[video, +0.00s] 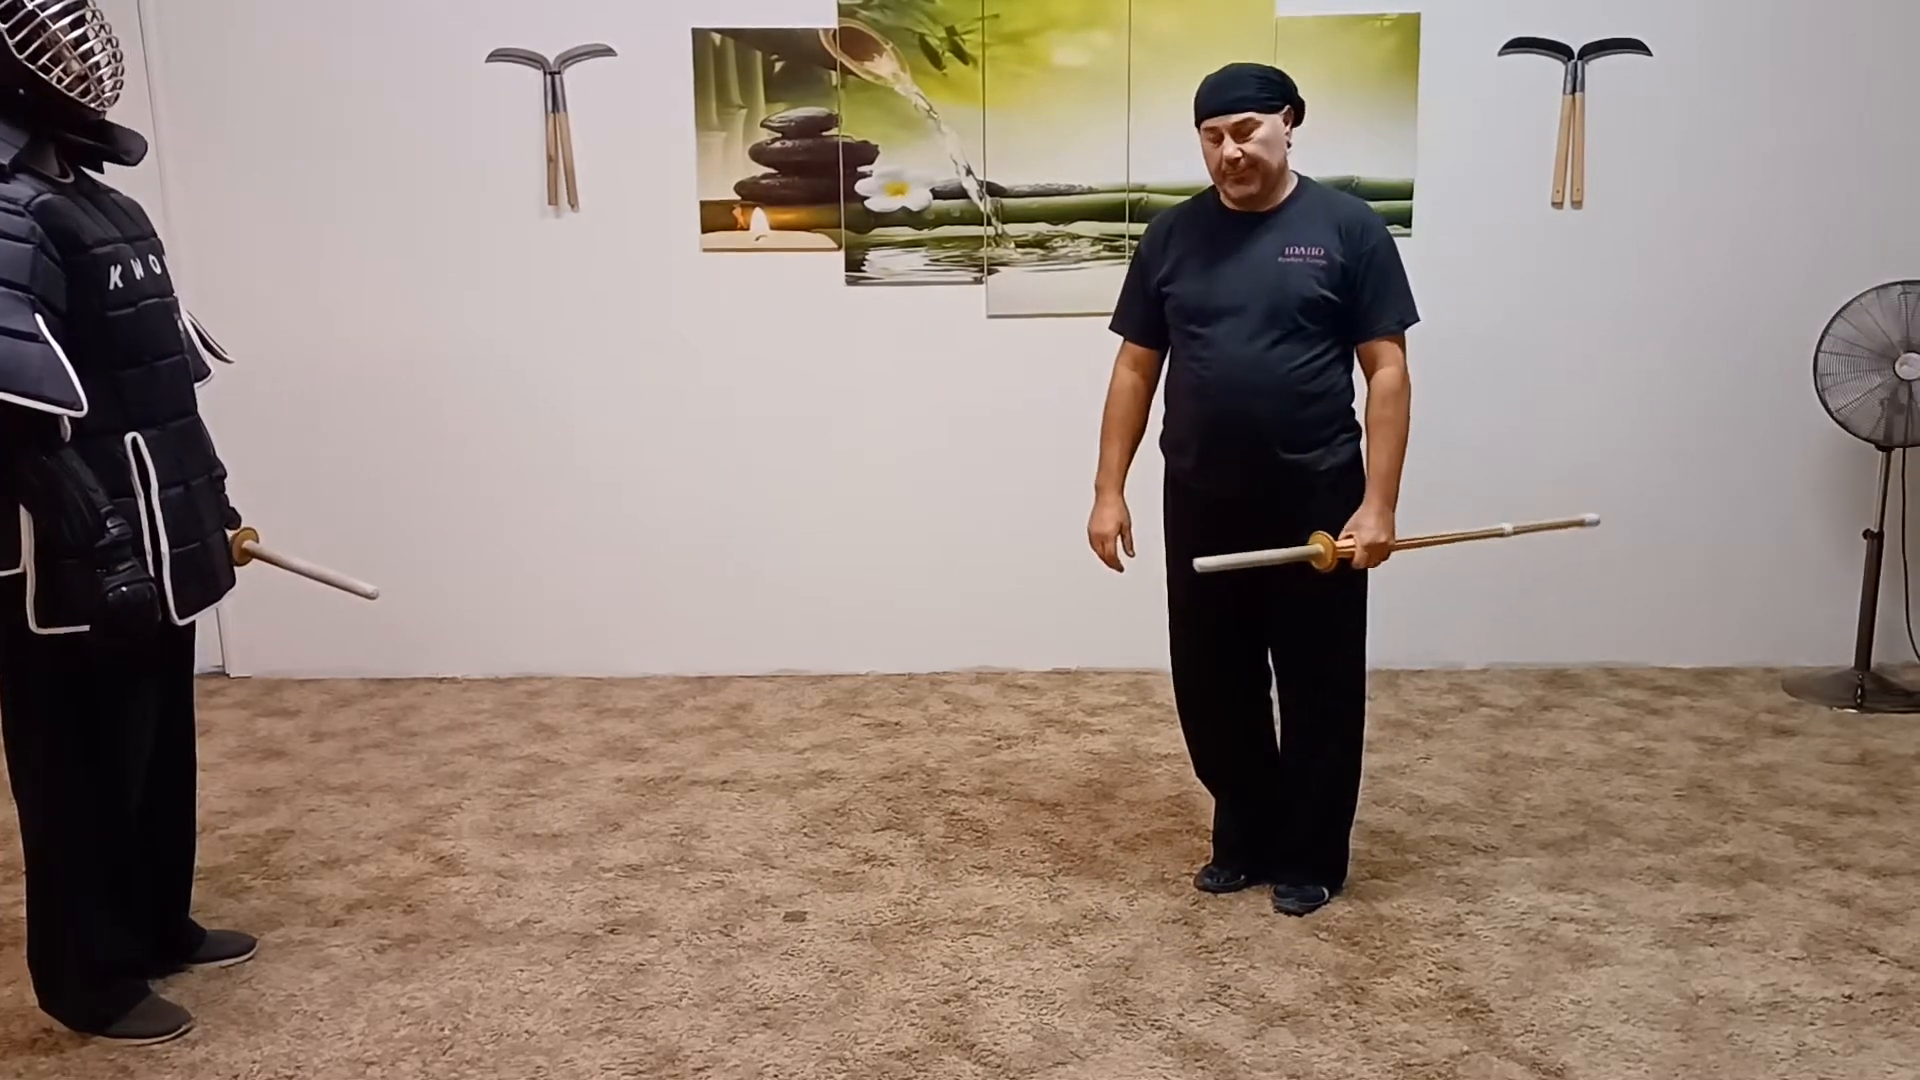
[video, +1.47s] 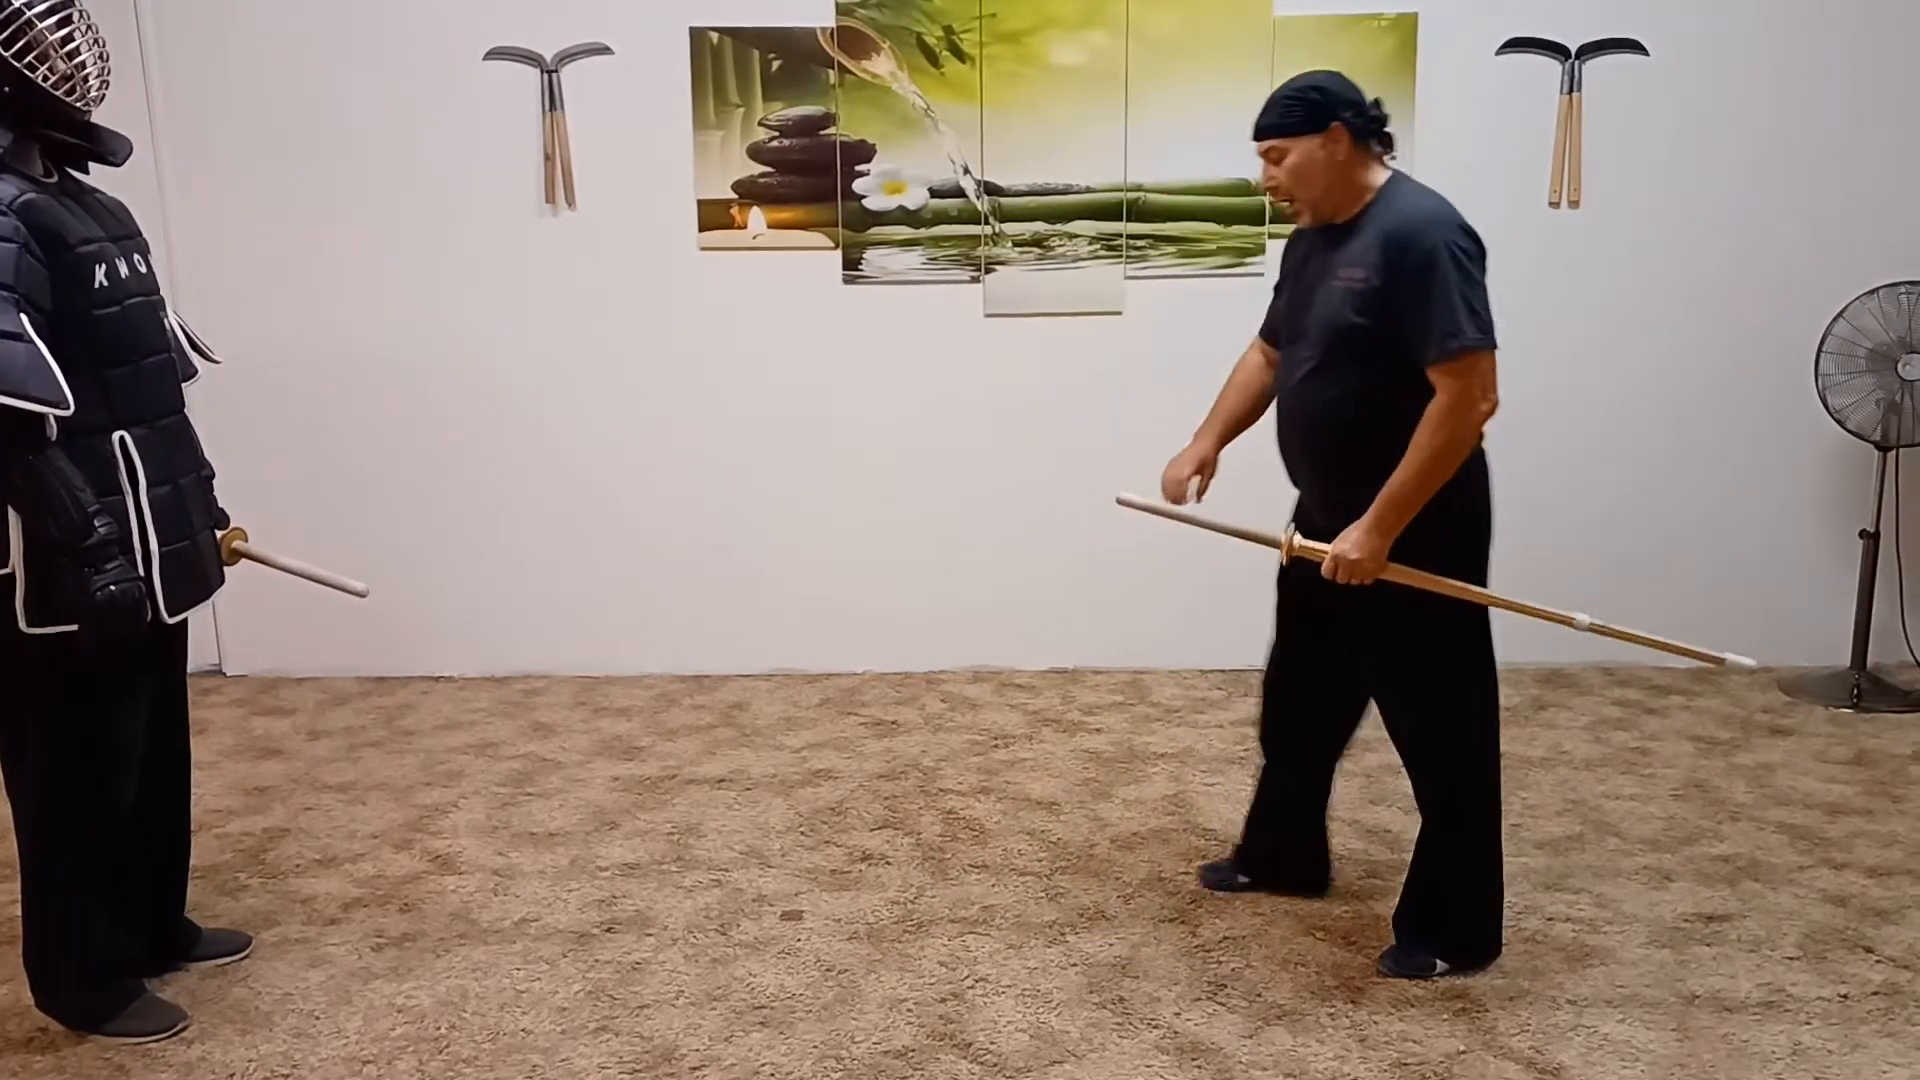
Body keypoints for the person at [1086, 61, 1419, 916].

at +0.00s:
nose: (1232, 152)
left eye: (1249, 132)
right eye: (1215, 137)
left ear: (1289, 126)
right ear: (1199, 145)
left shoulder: (1348, 229)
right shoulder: (1171, 237)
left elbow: (1387, 371)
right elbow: (1135, 367)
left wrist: (1379, 501)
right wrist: (1108, 488)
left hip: (1315, 499)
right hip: (1203, 501)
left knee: (1321, 687)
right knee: (1211, 684)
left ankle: (1314, 858)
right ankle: (1244, 842)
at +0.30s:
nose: (1197, 167)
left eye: (1212, 145)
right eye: (1181, 153)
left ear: (1262, 130)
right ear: (1170, 155)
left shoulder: (1334, 224)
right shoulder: (1163, 241)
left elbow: (1382, 363)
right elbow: (1131, 370)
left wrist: (1376, 495)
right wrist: (1097, 490)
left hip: (1315, 500)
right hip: (1203, 503)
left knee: (1321, 689)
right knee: (1211, 684)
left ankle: (1313, 859)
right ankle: (1243, 844)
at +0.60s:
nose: (1166, 183)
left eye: (1178, 162)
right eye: (1154, 170)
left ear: (1233, 140)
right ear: (1149, 170)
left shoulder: (1319, 219)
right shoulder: (1156, 246)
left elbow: (1379, 356)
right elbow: (1134, 370)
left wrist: (1356, 490)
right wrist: (1099, 488)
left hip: (1318, 499)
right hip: (1208, 500)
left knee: (1323, 686)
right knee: (1214, 681)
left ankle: (1317, 859)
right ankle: (1244, 842)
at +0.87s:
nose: (1160, 178)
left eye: (1173, 158)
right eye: (1150, 165)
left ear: (1226, 141)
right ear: (1148, 169)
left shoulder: (1321, 216)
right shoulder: (1171, 247)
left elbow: (1380, 354)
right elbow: (1152, 370)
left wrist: (1350, 490)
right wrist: (1114, 485)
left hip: (1332, 493)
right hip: (1222, 497)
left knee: (1356, 685)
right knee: (1221, 677)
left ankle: (1369, 877)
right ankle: (1253, 845)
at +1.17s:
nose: (1192, 176)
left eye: (1202, 153)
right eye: (1185, 161)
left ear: (1258, 137)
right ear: (1227, 153)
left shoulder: (1349, 220)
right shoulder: (1227, 243)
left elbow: (1411, 368)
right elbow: (1206, 367)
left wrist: (1358, 503)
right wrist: (1149, 484)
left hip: (1355, 509)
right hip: (1255, 509)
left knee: (1407, 710)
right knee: (1240, 685)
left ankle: (1443, 918)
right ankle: (1257, 842)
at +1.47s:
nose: (1267, 177)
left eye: (1279, 155)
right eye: (1263, 160)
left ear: (1339, 143)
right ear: (1315, 152)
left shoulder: (1424, 234)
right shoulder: (1312, 236)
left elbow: (1468, 397)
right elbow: (1273, 351)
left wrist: (1379, 525)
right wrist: (1208, 439)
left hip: (1425, 526)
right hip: (1326, 516)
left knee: (1446, 735)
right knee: (1300, 701)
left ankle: (1454, 929)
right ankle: (1283, 856)